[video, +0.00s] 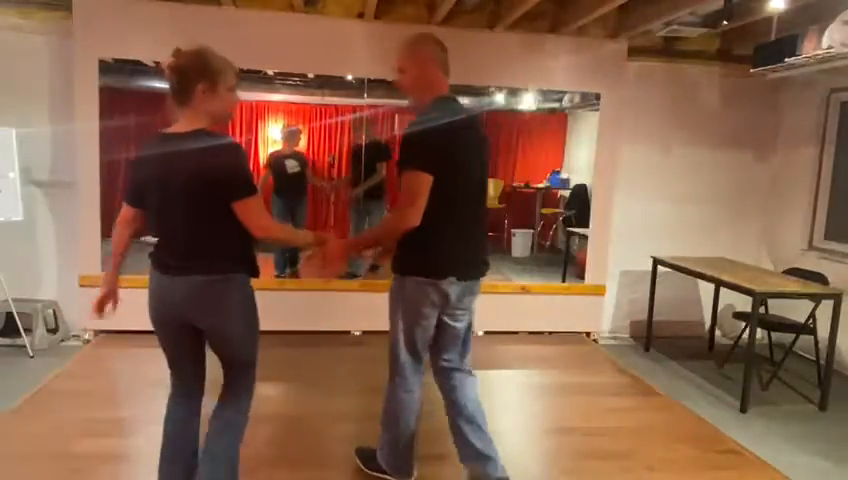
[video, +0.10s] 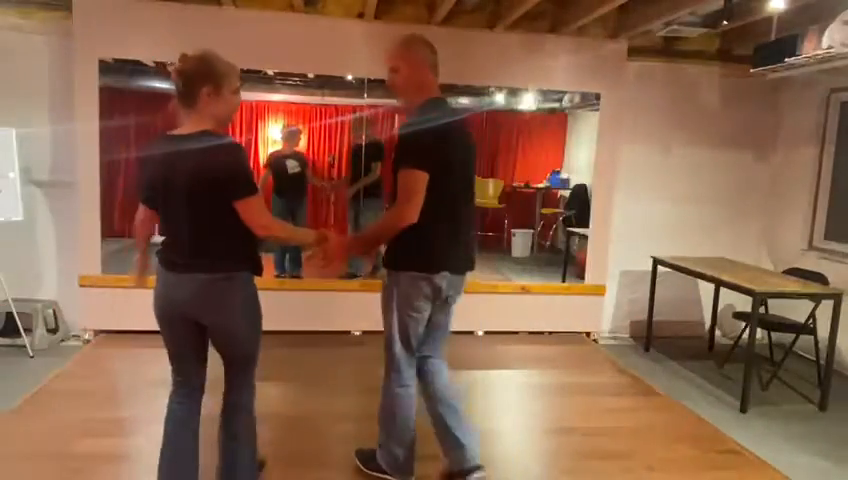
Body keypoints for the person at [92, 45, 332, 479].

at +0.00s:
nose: (235, 101)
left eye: (235, 91)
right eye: (230, 91)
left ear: (194, 93)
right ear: (203, 93)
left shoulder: (152, 153)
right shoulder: (225, 153)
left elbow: (126, 223)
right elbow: (262, 227)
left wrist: (109, 279)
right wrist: (313, 239)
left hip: (165, 291)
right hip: (221, 291)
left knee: (184, 384)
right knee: (239, 378)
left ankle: (173, 475)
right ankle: (214, 473)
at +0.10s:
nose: (238, 102)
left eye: (238, 94)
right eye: (233, 93)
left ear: (192, 96)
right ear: (208, 95)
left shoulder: (160, 151)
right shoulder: (227, 153)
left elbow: (143, 224)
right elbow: (260, 224)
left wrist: (140, 259)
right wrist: (308, 236)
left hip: (173, 289)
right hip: (226, 290)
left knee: (185, 387)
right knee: (240, 385)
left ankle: (175, 476)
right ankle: (239, 473)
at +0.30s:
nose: (249, 105)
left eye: (249, 97)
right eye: (244, 97)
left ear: (201, 102)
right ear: (220, 101)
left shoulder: (179, 156)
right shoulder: (236, 156)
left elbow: (180, 221)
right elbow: (267, 224)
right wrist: (320, 235)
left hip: (189, 279)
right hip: (237, 281)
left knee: (204, 368)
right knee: (241, 372)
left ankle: (176, 472)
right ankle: (230, 457)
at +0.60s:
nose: (260, 110)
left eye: (260, 103)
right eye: (256, 102)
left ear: (219, 105)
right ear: (234, 104)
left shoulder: (203, 155)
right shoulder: (243, 159)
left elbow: (199, 216)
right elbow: (274, 223)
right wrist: (331, 242)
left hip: (213, 267)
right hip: (246, 271)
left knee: (234, 350)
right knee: (247, 360)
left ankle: (221, 437)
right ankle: (229, 454)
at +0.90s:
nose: (267, 113)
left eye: (267, 105)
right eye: (263, 105)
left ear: (232, 107)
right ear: (243, 106)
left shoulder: (227, 153)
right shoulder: (239, 159)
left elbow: (265, 207)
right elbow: (275, 222)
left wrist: (312, 193)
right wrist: (332, 244)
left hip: (234, 259)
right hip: (246, 263)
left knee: (250, 345)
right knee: (251, 351)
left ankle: (243, 420)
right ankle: (230, 453)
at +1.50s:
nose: (271, 115)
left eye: (269, 108)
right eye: (268, 108)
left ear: (233, 110)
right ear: (258, 111)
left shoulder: (237, 153)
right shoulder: (247, 159)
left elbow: (271, 197)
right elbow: (274, 216)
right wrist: (313, 246)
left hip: (245, 253)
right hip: (251, 257)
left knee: (253, 341)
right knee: (252, 345)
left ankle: (247, 421)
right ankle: (232, 440)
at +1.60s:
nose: (269, 115)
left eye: (268, 108)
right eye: (267, 108)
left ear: (235, 110)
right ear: (255, 110)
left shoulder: (237, 153)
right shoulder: (246, 157)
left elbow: (267, 199)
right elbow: (272, 214)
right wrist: (310, 246)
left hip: (245, 253)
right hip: (250, 257)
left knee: (255, 341)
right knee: (255, 344)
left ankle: (247, 419)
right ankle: (232, 441)